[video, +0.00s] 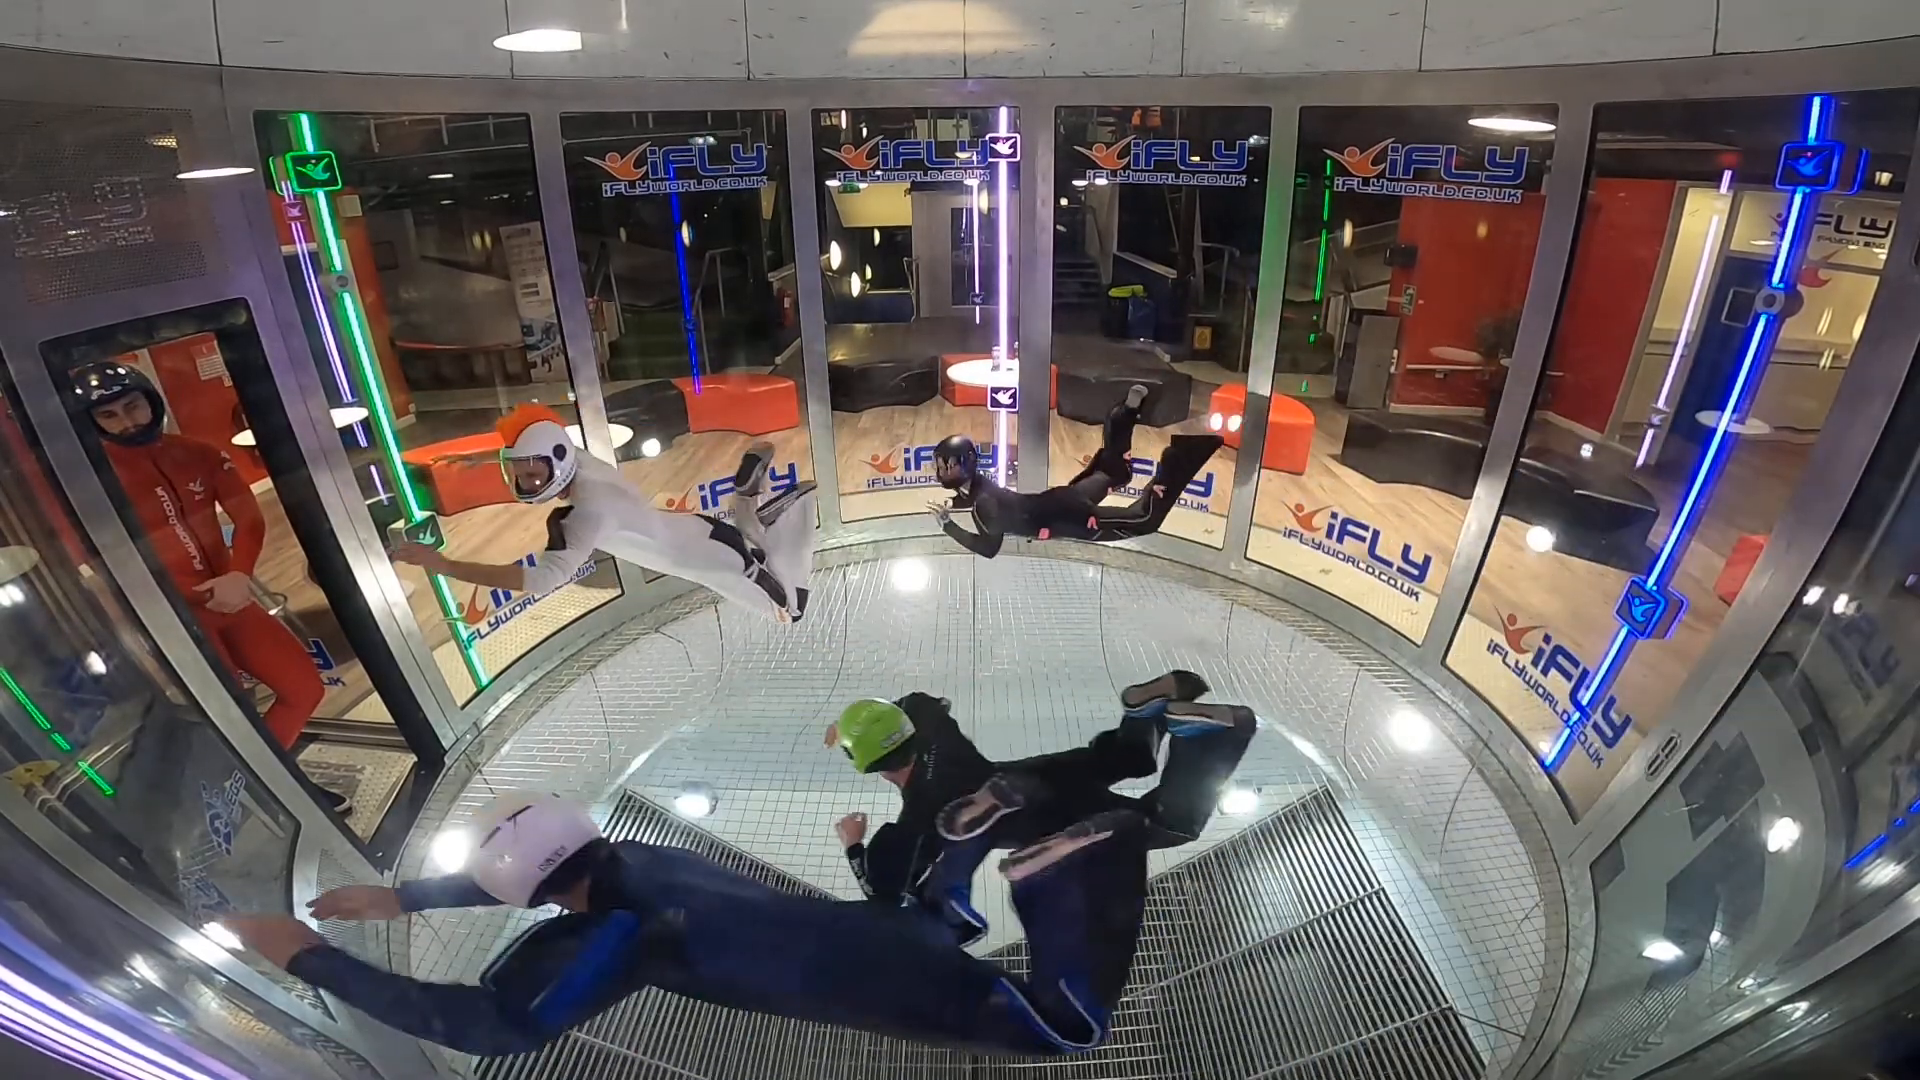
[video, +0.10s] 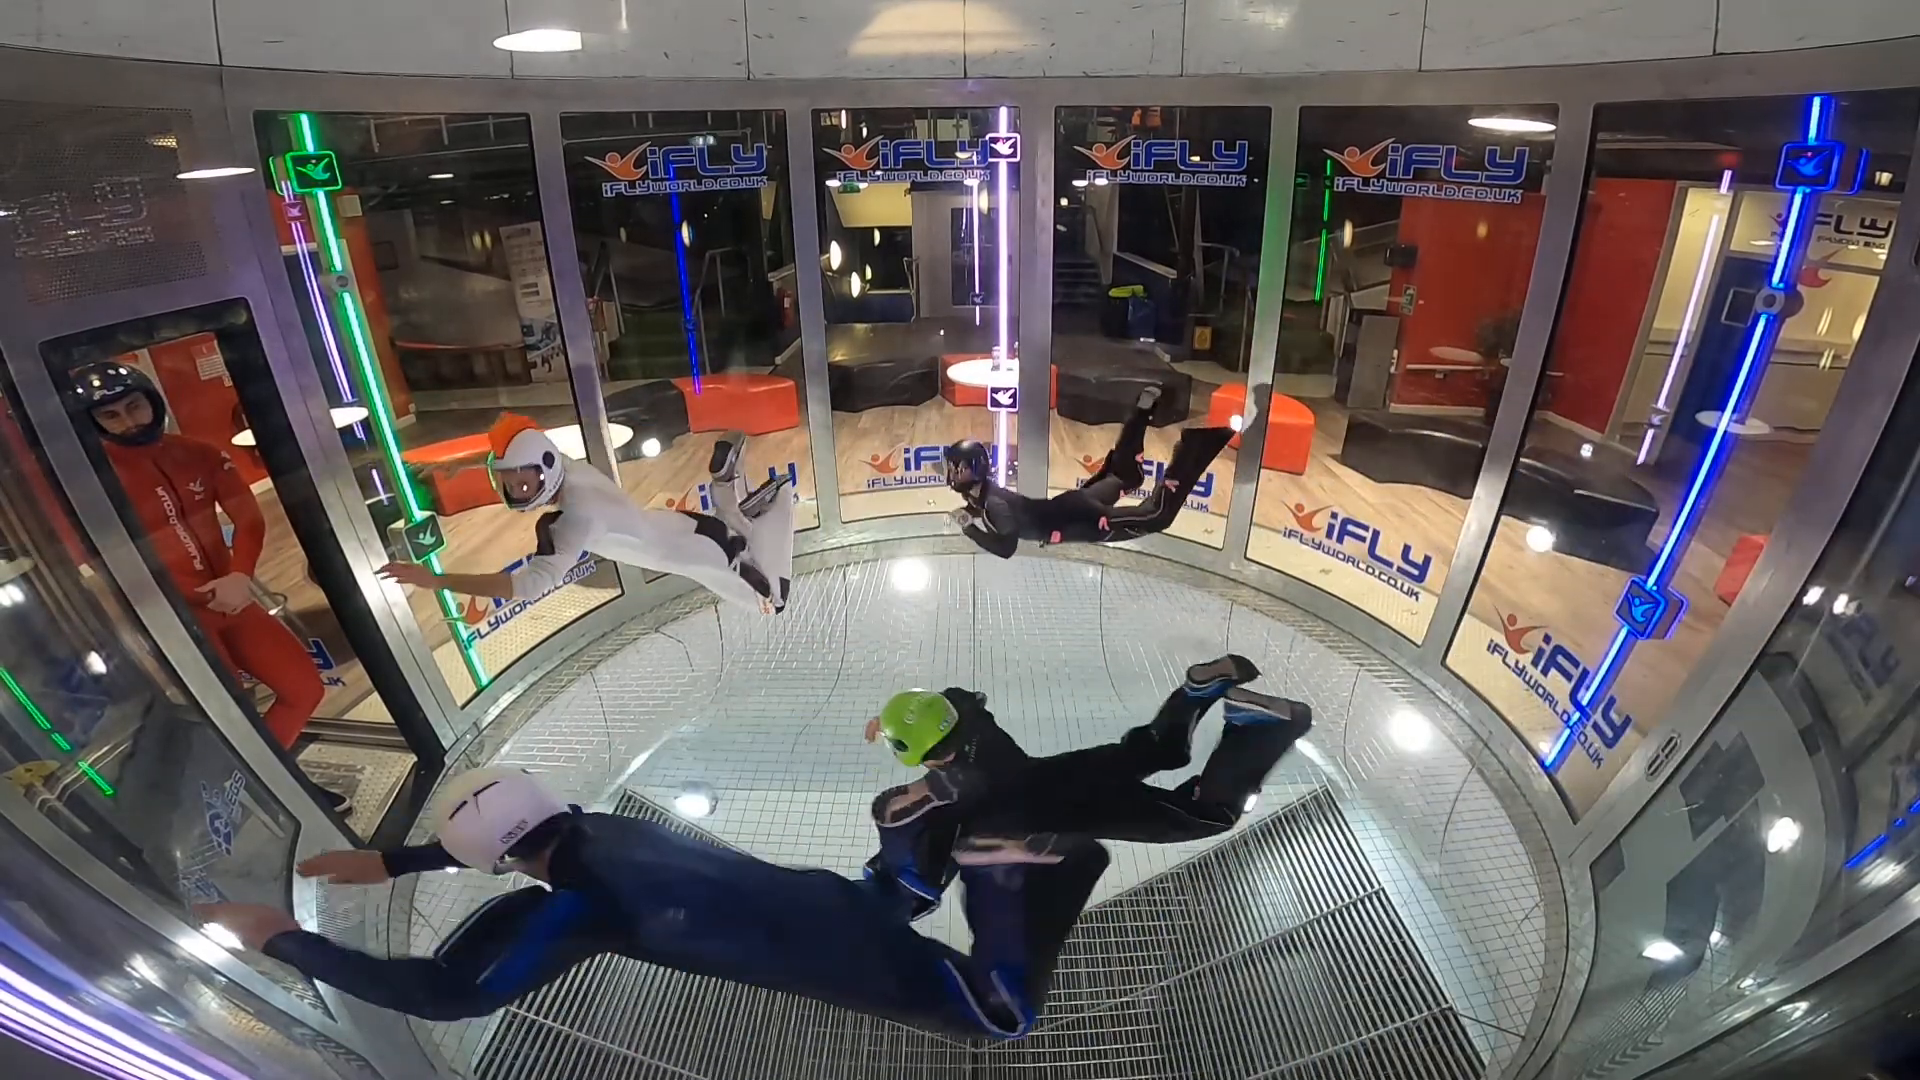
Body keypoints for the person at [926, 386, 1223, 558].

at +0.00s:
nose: (938, 472)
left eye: (943, 465)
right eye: (937, 465)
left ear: (962, 466)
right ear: (960, 464)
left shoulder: (984, 499)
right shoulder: (976, 490)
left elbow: (989, 549)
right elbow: (985, 536)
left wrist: (950, 526)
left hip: (1067, 514)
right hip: (1058, 501)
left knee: (1145, 518)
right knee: (1107, 473)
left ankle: (1181, 453)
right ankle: (1125, 413)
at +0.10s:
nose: (950, 473)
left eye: (956, 468)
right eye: (950, 467)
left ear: (974, 470)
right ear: (961, 469)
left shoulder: (993, 502)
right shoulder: (976, 496)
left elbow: (1006, 549)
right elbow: (995, 533)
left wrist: (969, 528)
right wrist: (971, 522)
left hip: (1080, 520)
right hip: (1066, 508)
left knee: (1159, 515)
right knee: (1120, 478)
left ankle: (1200, 441)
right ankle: (1142, 413)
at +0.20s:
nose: (956, 480)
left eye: (962, 473)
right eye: (955, 473)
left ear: (981, 474)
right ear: (964, 475)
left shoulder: (1001, 505)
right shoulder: (985, 499)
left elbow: (1013, 552)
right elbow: (1003, 534)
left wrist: (976, 533)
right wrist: (982, 525)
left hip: (1087, 525)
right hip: (1073, 513)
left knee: (1167, 518)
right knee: (1132, 481)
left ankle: (1197, 443)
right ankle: (1150, 417)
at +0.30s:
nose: (955, 482)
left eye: (961, 476)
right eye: (956, 476)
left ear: (980, 477)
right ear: (975, 476)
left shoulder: (1003, 511)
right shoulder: (990, 503)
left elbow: (1010, 558)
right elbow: (1004, 547)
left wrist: (979, 534)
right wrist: (982, 528)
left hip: (1093, 530)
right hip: (1079, 515)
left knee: (1171, 524)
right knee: (1141, 489)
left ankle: (1197, 447)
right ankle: (1162, 427)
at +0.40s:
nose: (958, 486)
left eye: (965, 479)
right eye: (957, 478)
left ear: (985, 479)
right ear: (978, 479)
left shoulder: (1002, 521)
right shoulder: (992, 512)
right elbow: (1006, 564)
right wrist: (977, 541)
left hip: (1094, 537)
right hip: (1082, 520)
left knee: (1170, 531)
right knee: (1143, 497)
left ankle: (1193, 454)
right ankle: (1171, 437)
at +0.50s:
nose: (952, 489)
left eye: (960, 483)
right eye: (952, 482)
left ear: (979, 486)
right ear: (962, 484)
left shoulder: (994, 524)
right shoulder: (986, 513)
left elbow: (997, 572)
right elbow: (999, 564)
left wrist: (963, 550)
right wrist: (967, 544)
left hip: (1086, 545)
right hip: (1078, 529)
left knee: (1167, 548)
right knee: (1142, 508)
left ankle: (1189, 472)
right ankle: (1175, 450)